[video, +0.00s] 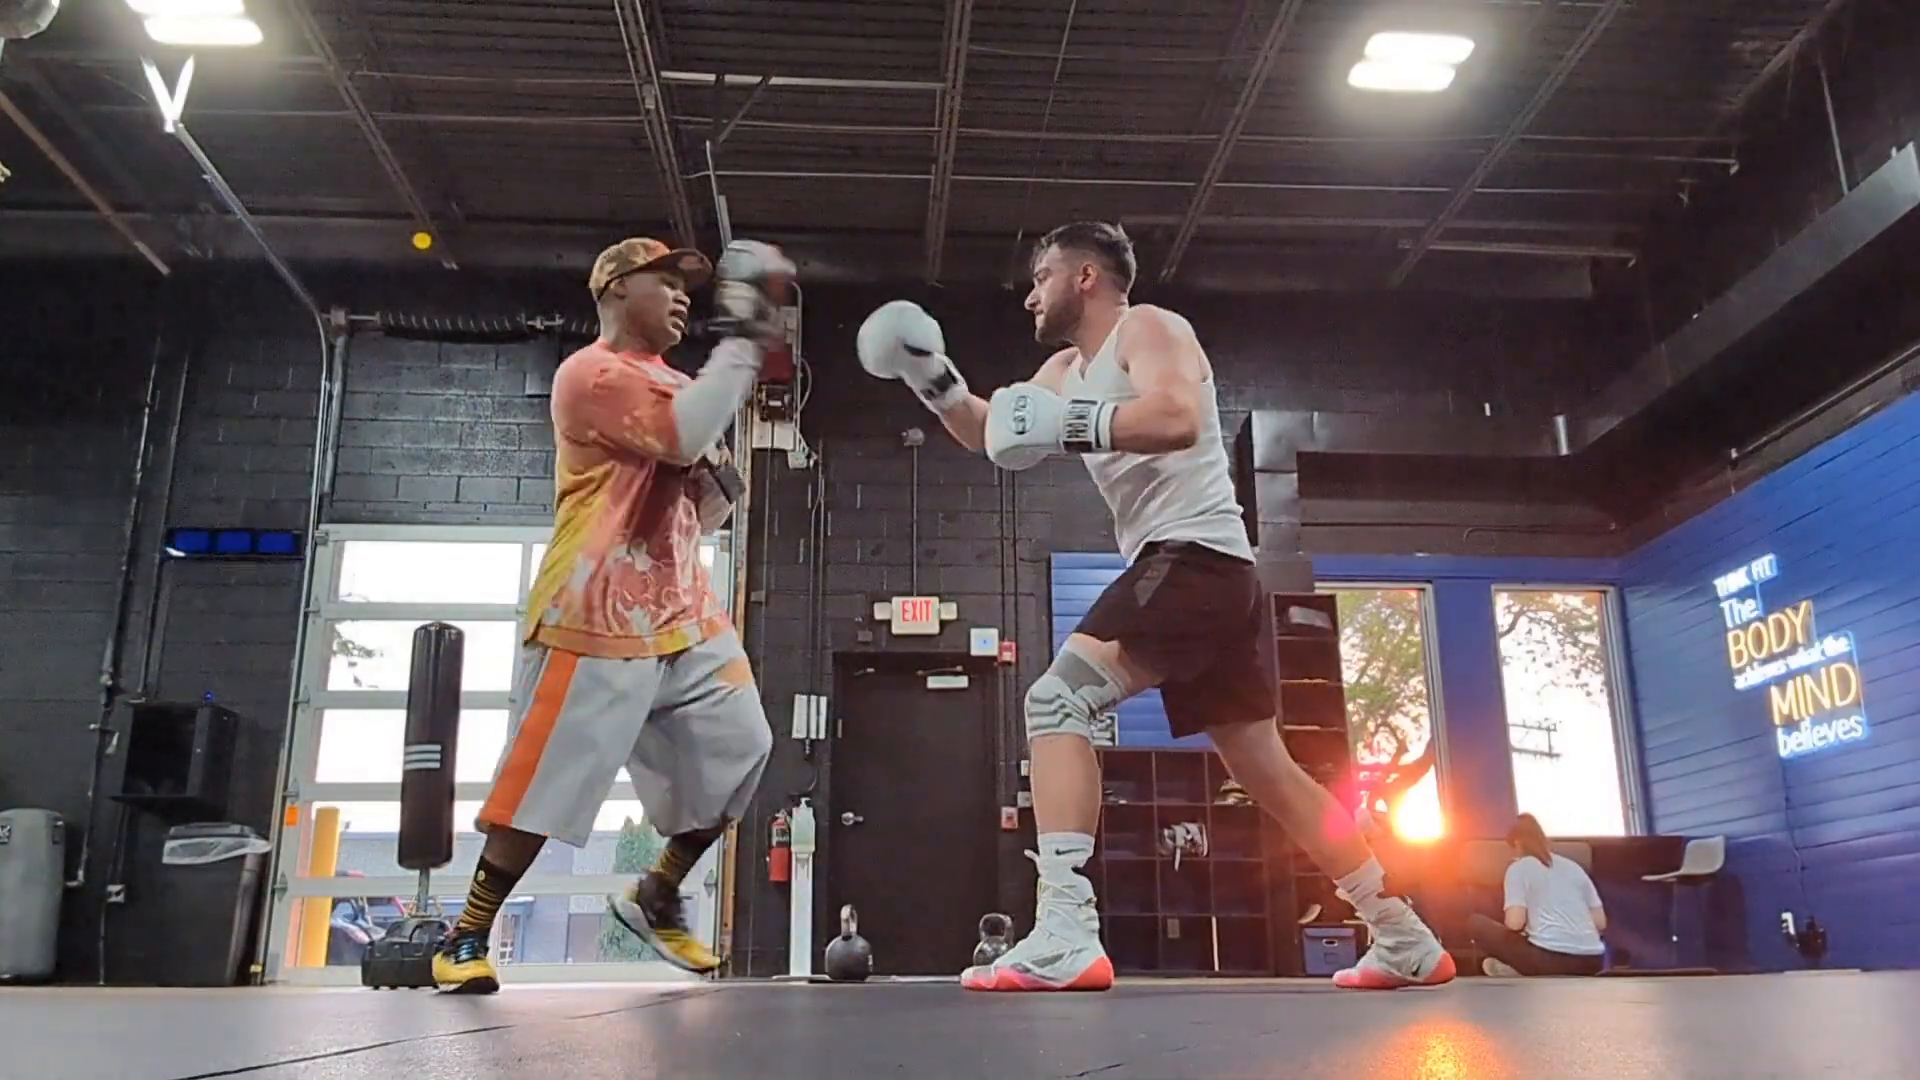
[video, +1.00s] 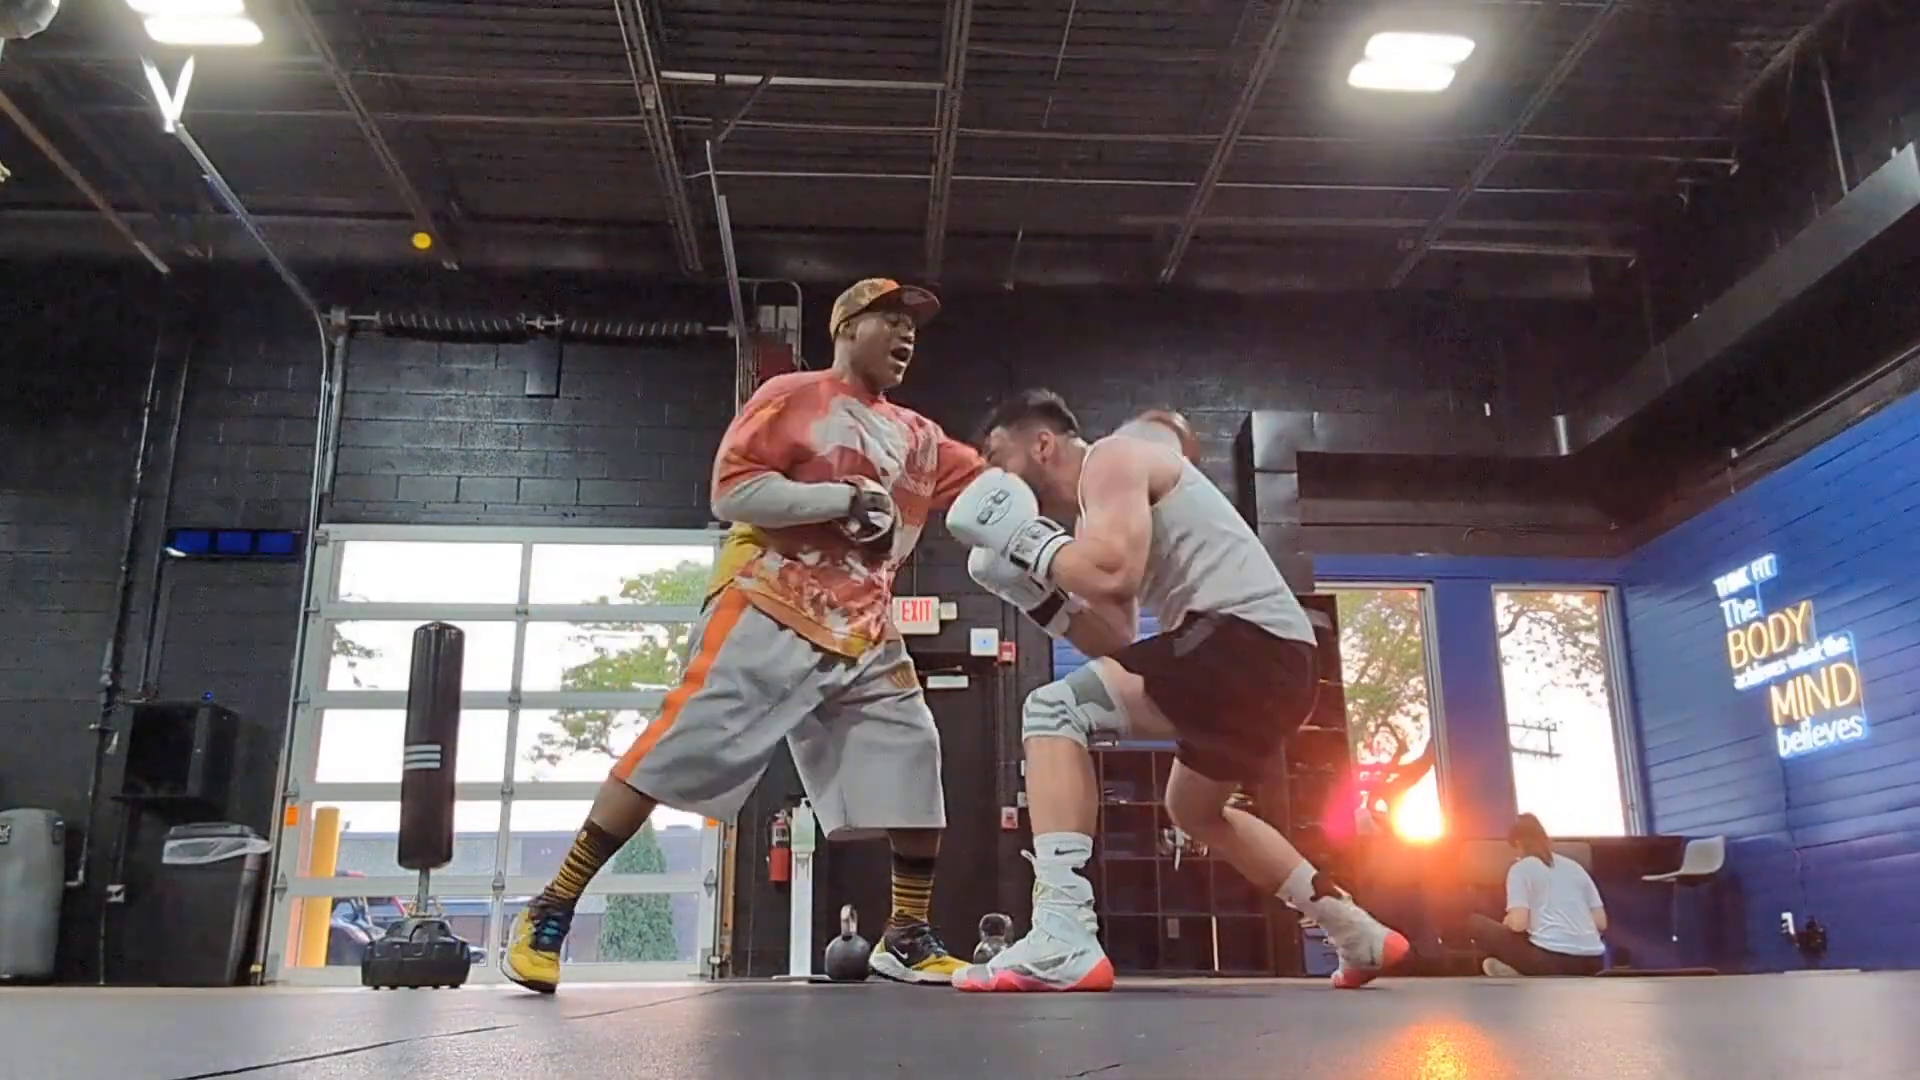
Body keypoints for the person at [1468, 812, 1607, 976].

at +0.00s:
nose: (1513, 853)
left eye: (1512, 848)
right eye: (1511, 849)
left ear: (1518, 844)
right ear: (1542, 839)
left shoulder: (1518, 869)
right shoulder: (1574, 867)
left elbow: (1515, 923)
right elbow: (1600, 921)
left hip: (1549, 961)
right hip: (1592, 962)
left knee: (1475, 923)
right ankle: (1514, 966)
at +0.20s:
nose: (1513, 853)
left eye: (1512, 848)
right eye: (1511, 849)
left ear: (1518, 844)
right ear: (1542, 839)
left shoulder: (1519, 869)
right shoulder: (1574, 867)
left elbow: (1516, 923)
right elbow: (1600, 921)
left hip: (1549, 961)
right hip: (1592, 962)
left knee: (1475, 923)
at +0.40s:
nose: (1514, 853)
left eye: (1513, 848)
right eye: (1512, 848)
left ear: (1518, 844)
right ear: (1543, 839)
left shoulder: (1519, 870)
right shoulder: (1575, 867)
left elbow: (1518, 923)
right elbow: (1601, 921)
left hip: (1550, 961)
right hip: (1592, 962)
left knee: (1476, 923)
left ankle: (1508, 963)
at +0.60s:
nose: (1514, 853)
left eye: (1513, 847)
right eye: (1512, 848)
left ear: (1519, 844)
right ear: (1543, 839)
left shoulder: (1520, 870)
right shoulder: (1575, 868)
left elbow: (1518, 923)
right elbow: (1600, 921)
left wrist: (1508, 924)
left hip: (1550, 961)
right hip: (1592, 962)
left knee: (1475, 923)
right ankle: (1511, 965)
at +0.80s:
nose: (1515, 853)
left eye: (1514, 848)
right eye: (1513, 848)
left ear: (1519, 844)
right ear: (1543, 839)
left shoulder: (1520, 870)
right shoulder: (1575, 867)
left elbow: (1519, 924)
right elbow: (1601, 922)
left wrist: (1508, 920)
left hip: (1550, 961)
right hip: (1592, 962)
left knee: (1475, 923)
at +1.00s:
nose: (1515, 853)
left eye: (1513, 848)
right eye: (1513, 848)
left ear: (1518, 844)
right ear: (1544, 839)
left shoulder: (1520, 869)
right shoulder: (1575, 867)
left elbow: (1519, 924)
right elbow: (1601, 922)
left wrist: (1508, 920)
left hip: (1550, 961)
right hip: (1592, 962)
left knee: (1475, 923)